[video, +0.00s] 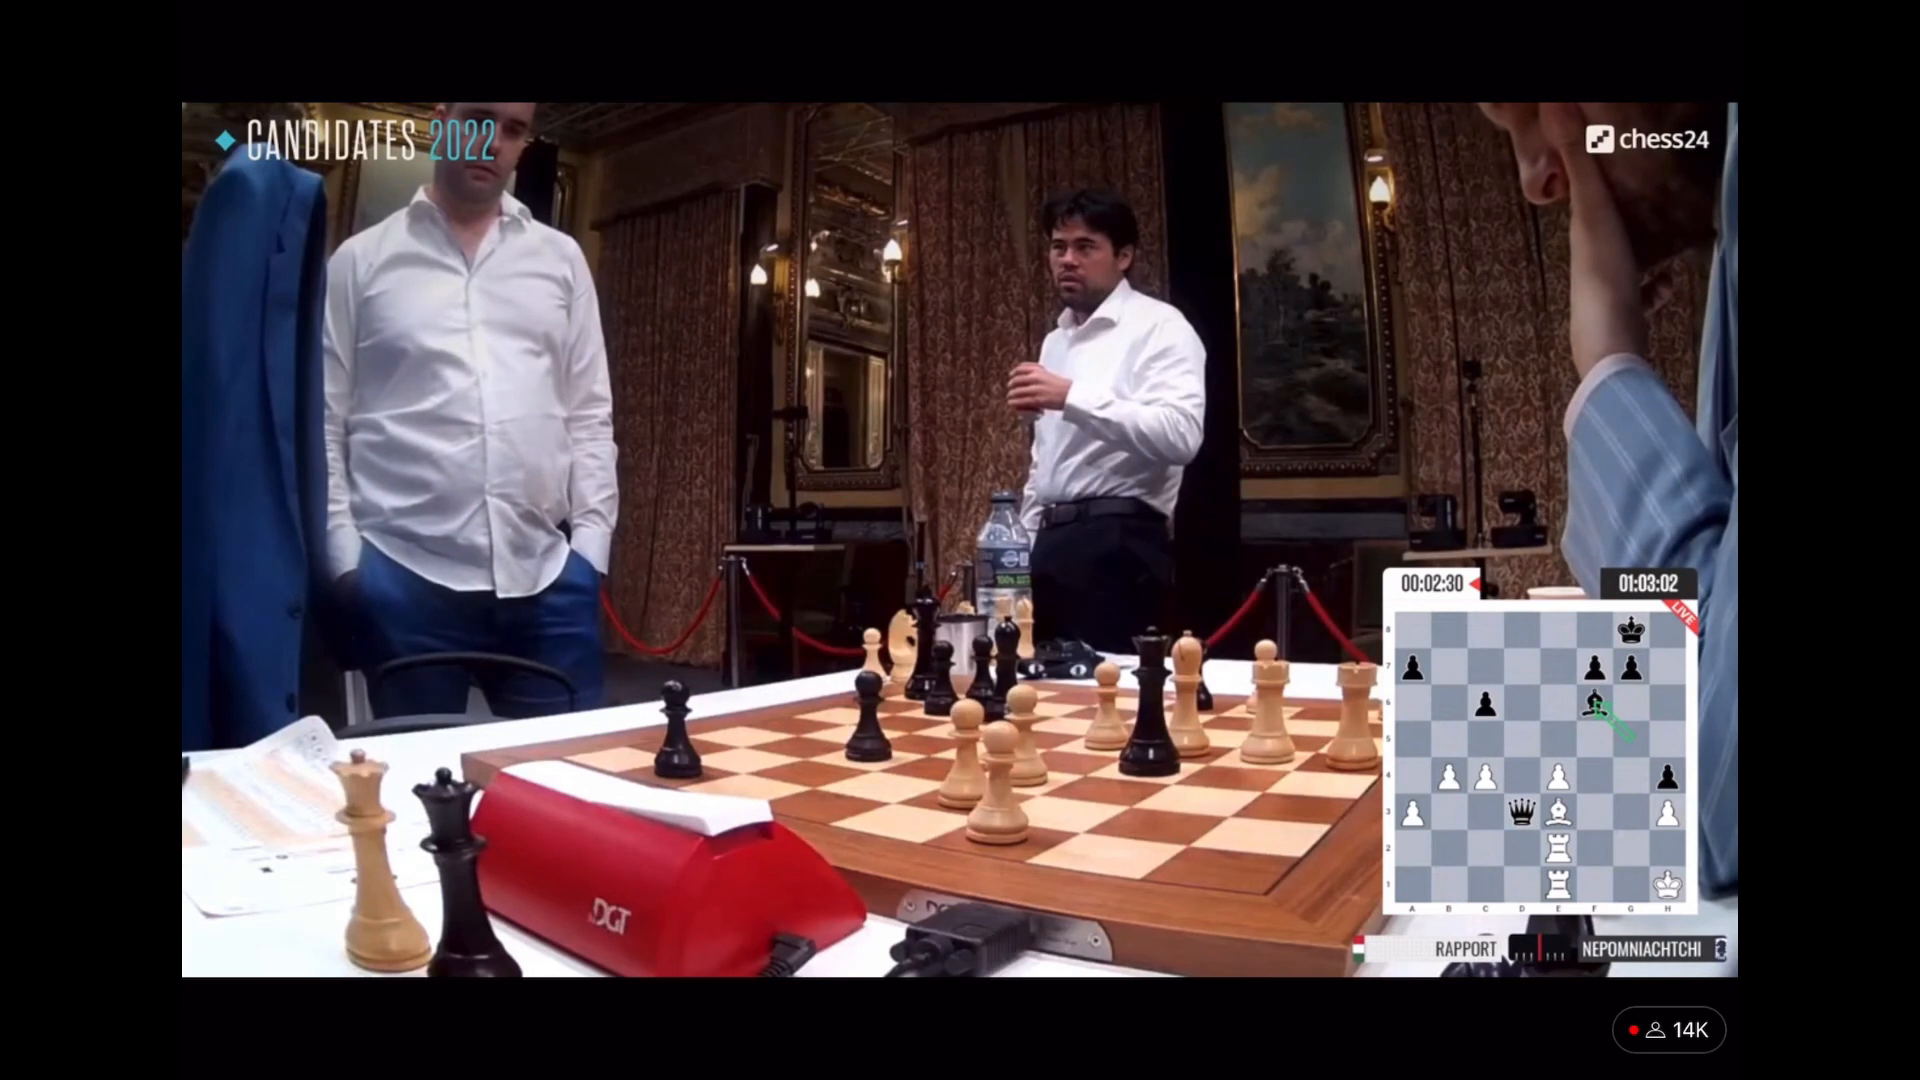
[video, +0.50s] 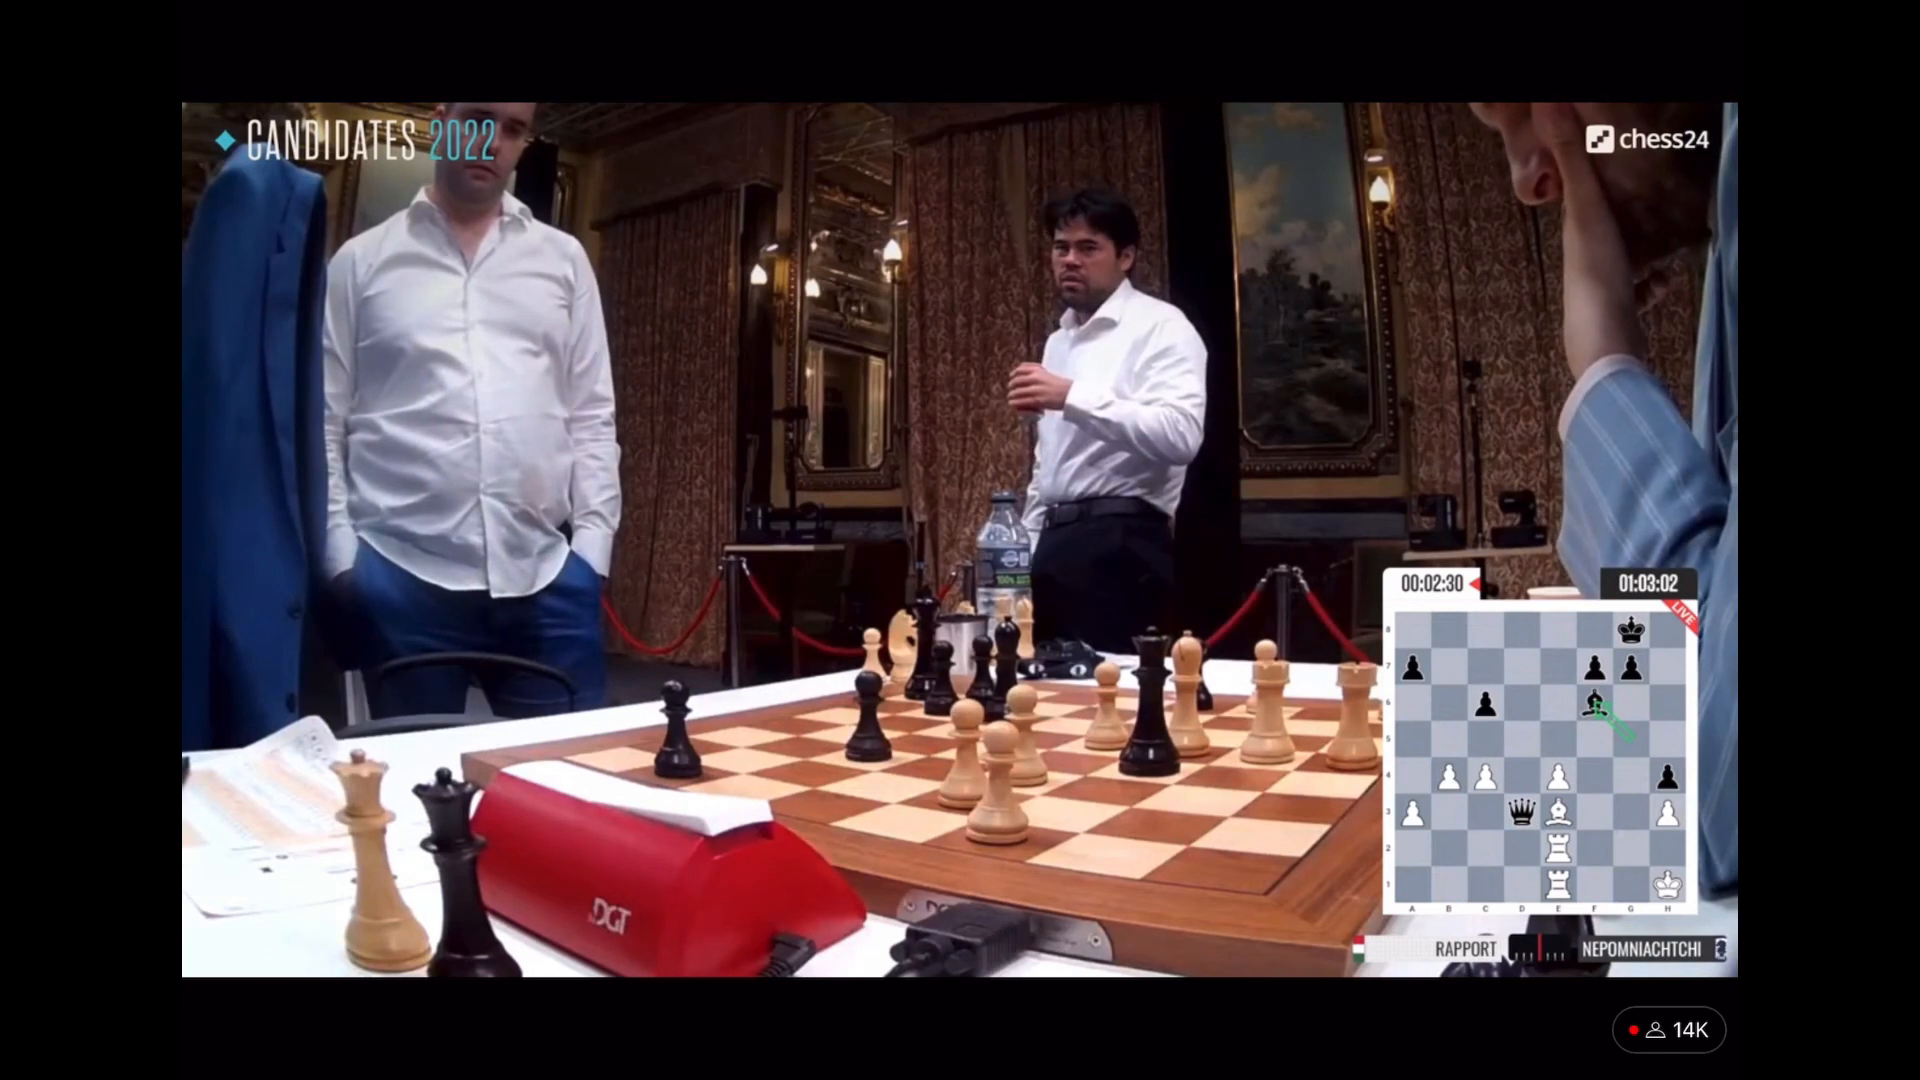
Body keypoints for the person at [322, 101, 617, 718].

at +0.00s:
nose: (490, 145)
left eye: (512, 130)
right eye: (476, 121)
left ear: (528, 144)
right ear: (439, 119)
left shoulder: (561, 259)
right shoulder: (360, 262)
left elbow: (590, 416)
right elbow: (325, 420)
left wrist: (589, 549)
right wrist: (346, 562)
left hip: (549, 583)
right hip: (406, 586)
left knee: (575, 789)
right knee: (418, 792)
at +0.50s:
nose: (489, 144)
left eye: (511, 130)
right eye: (475, 120)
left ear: (528, 144)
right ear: (439, 120)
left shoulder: (563, 259)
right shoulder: (360, 263)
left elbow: (592, 416)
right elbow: (325, 420)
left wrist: (590, 550)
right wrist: (343, 562)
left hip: (549, 584)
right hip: (403, 586)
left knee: (575, 787)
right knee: (417, 792)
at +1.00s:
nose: (490, 144)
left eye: (513, 130)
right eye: (477, 120)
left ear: (528, 144)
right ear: (440, 119)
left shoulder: (565, 258)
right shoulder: (361, 262)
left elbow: (593, 417)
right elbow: (324, 420)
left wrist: (590, 552)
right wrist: (342, 561)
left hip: (548, 584)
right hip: (402, 585)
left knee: (571, 790)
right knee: (415, 793)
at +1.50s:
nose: (492, 144)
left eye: (515, 130)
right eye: (479, 120)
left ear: (530, 145)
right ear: (442, 120)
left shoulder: (566, 259)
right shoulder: (362, 262)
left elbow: (594, 417)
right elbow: (325, 421)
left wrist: (589, 553)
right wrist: (342, 562)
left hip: (548, 584)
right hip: (402, 586)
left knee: (570, 789)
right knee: (414, 793)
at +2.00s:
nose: (490, 144)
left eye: (514, 131)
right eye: (477, 120)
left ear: (530, 146)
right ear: (441, 121)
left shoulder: (565, 260)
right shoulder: (362, 263)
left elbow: (594, 417)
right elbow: (325, 419)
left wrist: (589, 554)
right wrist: (342, 561)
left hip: (547, 584)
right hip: (402, 586)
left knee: (572, 788)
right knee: (414, 791)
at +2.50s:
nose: (490, 144)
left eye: (513, 131)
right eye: (477, 120)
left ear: (530, 145)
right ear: (441, 121)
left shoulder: (565, 260)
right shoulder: (362, 262)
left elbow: (592, 417)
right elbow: (326, 418)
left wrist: (588, 553)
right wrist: (341, 560)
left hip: (546, 583)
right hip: (401, 585)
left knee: (570, 786)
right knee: (412, 789)